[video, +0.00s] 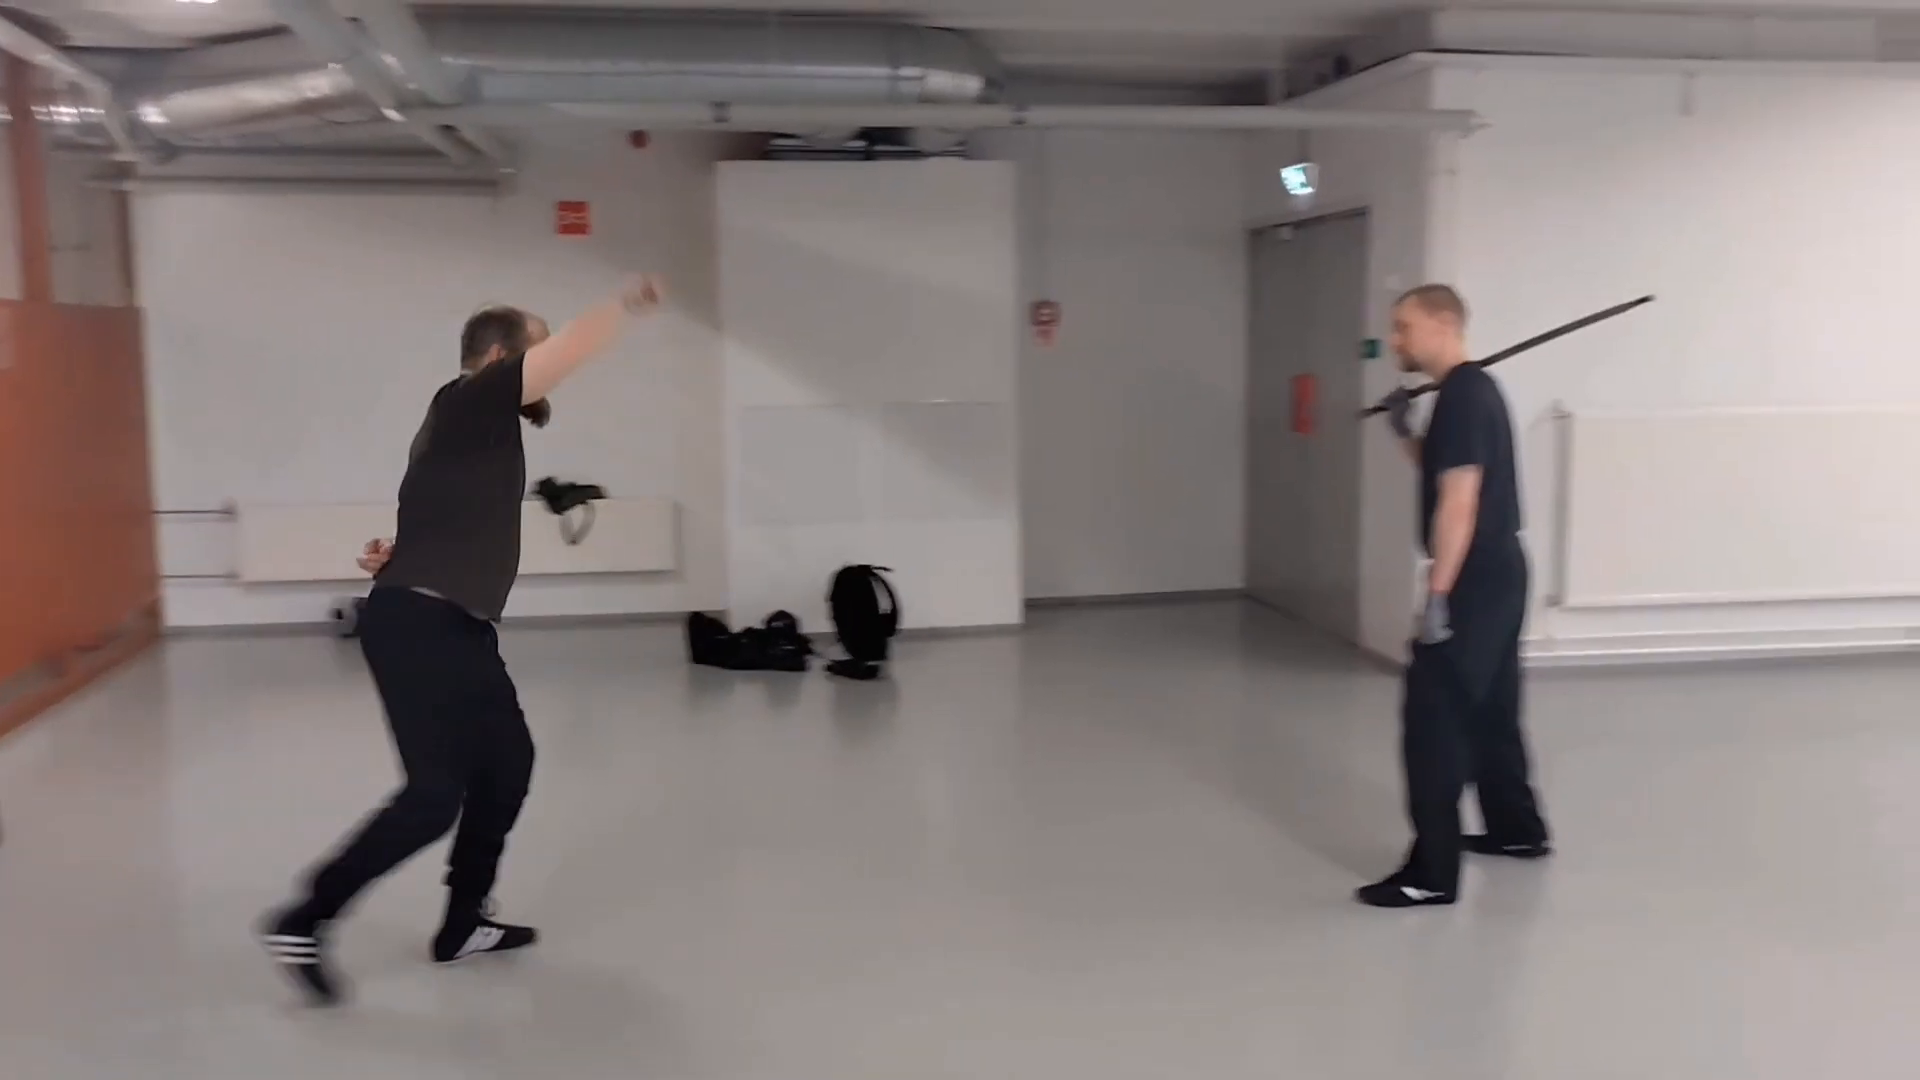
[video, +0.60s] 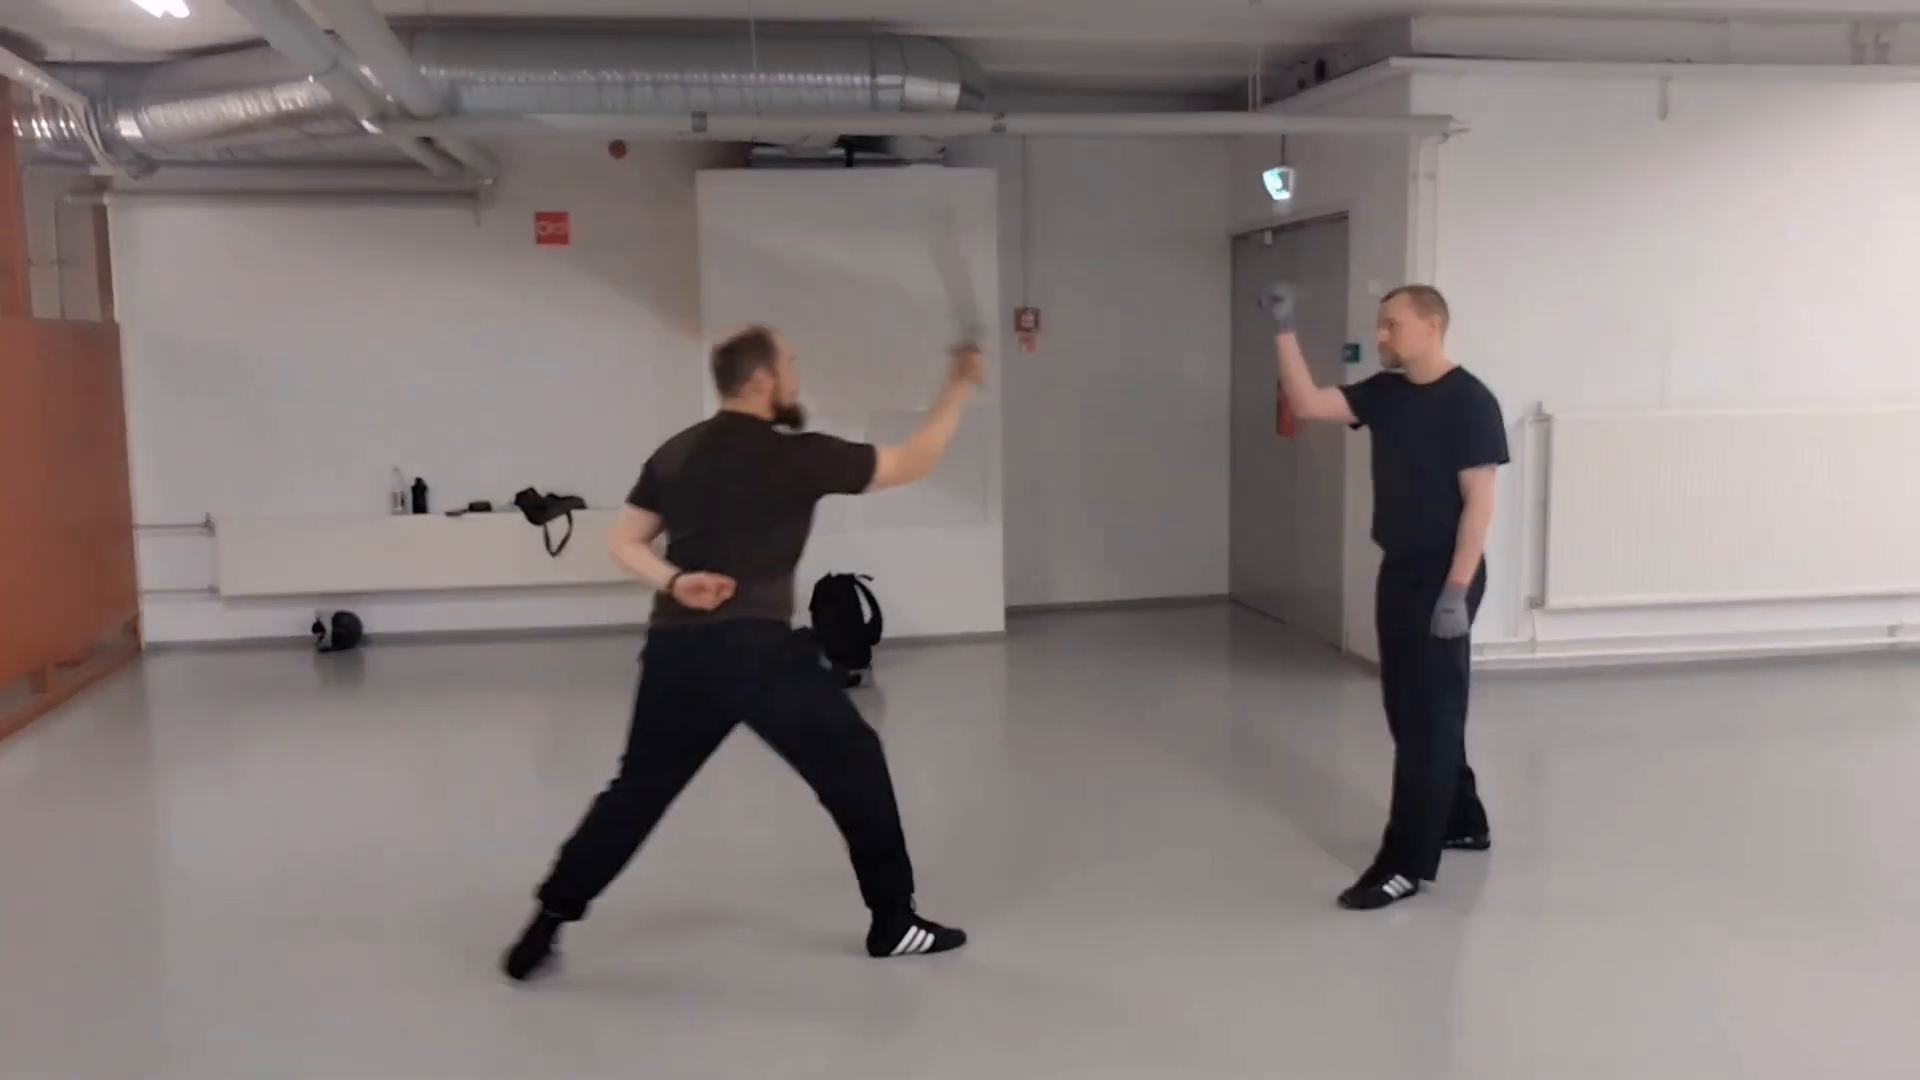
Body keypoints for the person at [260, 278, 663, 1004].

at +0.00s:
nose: (548, 368)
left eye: (548, 356)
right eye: (540, 353)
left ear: (487, 357)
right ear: (502, 354)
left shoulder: (483, 426)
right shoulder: (471, 399)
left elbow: (464, 529)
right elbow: (564, 354)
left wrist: (403, 555)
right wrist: (624, 304)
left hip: (458, 628)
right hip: (412, 621)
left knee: (507, 761)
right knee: (438, 790)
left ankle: (463, 923)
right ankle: (300, 922)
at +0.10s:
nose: (570, 366)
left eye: (568, 351)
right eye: (565, 350)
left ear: (506, 353)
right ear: (536, 351)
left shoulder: (475, 420)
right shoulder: (520, 396)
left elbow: (450, 501)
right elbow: (601, 331)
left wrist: (423, 538)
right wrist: (626, 257)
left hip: (440, 610)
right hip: (466, 615)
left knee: (498, 777)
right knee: (523, 779)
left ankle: (457, 921)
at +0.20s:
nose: (603, 362)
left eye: (600, 349)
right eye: (594, 349)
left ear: (539, 356)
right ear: (557, 352)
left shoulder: (495, 423)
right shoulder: (564, 403)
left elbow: (452, 510)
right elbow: (659, 346)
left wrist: (450, 544)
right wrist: (664, 258)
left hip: (471, 620)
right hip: (520, 621)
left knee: (505, 777)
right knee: (611, 761)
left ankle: (449, 931)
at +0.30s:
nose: (641, 365)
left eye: (638, 352)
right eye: (631, 352)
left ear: (577, 362)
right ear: (595, 358)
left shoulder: (532, 430)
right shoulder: (616, 417)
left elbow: (480, 524)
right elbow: (718, 391)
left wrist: (499, 557)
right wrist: (724, 291)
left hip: (519, 630)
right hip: (582, 632)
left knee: (522, 778)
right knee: (670, 753)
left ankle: (449, 929)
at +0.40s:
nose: (685, 374)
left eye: (682, 362)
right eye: (677, 362)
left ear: (624, 373)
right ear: (641, 370)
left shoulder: (572, 448)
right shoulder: (668, 436)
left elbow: (522, 537)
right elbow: (787, 424)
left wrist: (556, 574)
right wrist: (802, 327)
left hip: (576, 646)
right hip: (651, 646)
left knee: (541, 791)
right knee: (743, 775)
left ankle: (452, 931)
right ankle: (846, 908)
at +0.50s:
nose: (741, 380)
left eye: (735, 368)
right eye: (731, 369)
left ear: (678, 386)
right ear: (704, 381)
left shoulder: (638, 459)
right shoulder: (740, 452)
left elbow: (578, 555)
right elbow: (859, 451)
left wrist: (628, 590)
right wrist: (887, 358)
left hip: (637, 662)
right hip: (714, 663)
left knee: (587, 798)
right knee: (809, 783)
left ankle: (484, 927)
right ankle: (881, 919)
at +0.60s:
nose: (796, 383)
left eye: (792, 369)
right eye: (789, 370)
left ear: (726, 384)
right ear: (766, 380)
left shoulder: (679, 453)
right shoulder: (794, 455)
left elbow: (624, 542)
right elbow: (909, 465)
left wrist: (673, 580)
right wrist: (960, 390)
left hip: (677, 656)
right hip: (763, 651)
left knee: (638, 790)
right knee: (853, 765)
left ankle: (544, 924)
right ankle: (894, 920)